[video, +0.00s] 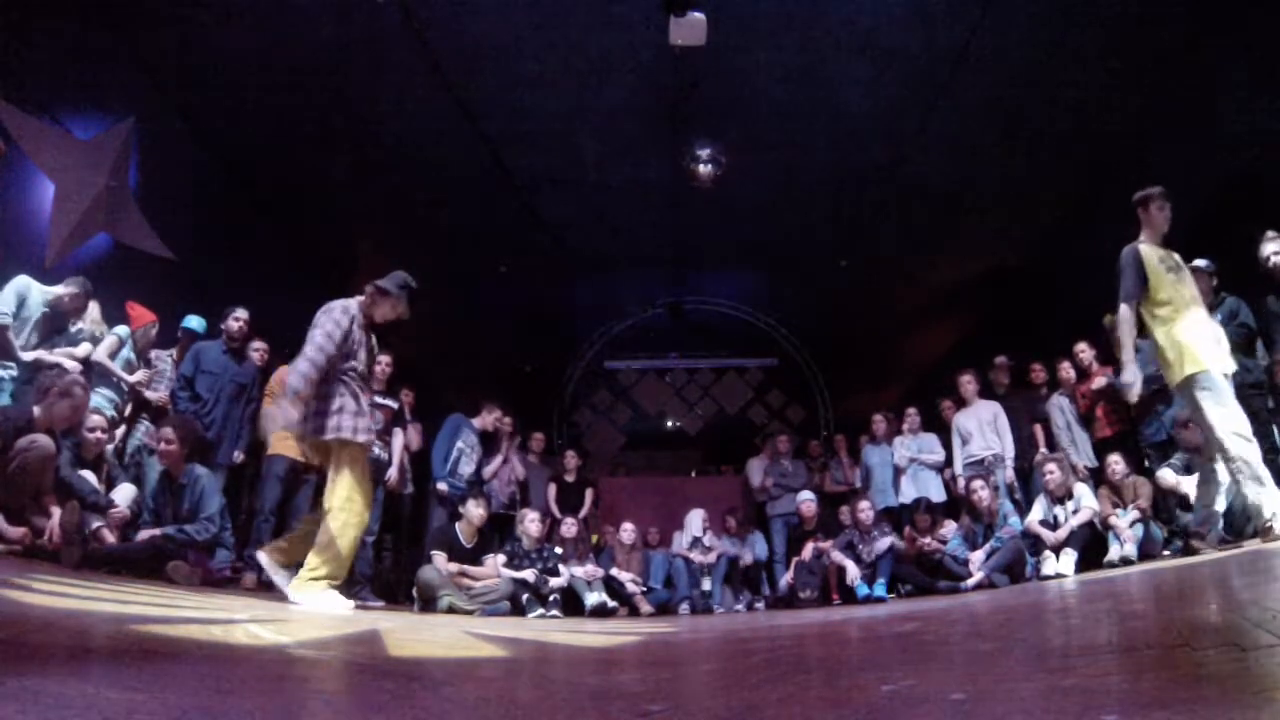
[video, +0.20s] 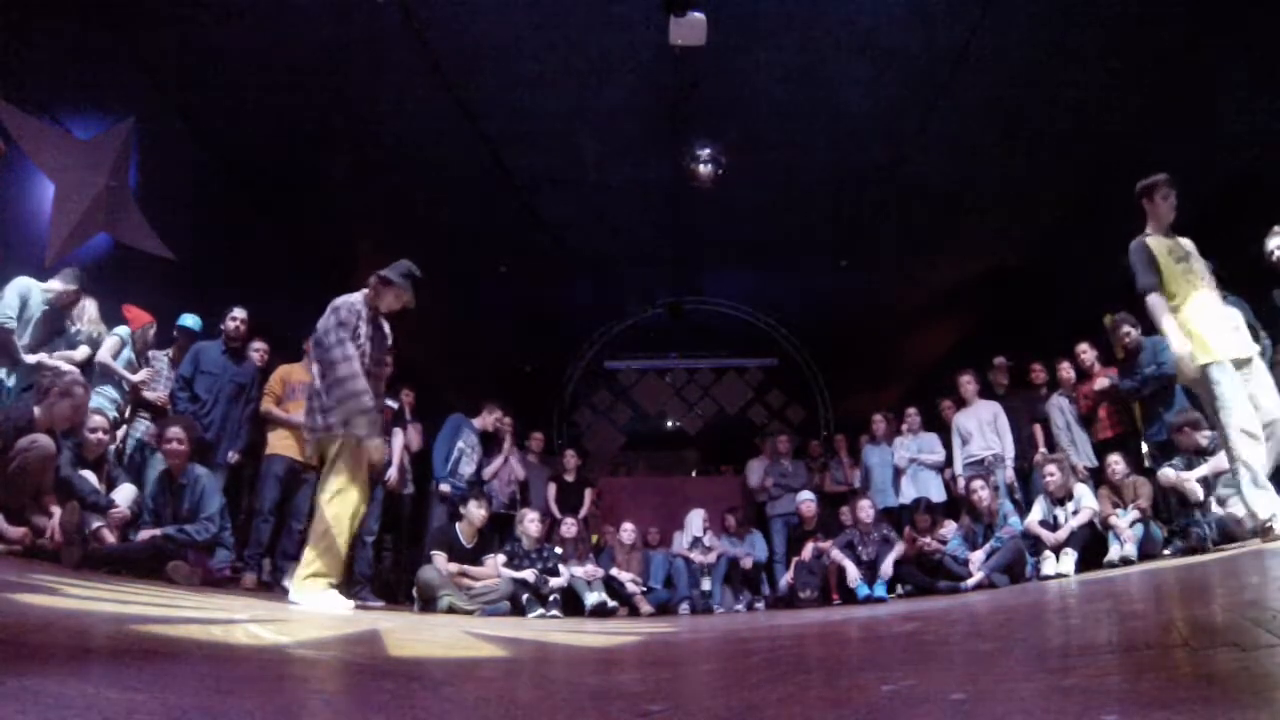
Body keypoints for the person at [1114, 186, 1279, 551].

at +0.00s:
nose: (1168, 214)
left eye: (1168, 208)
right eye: (1161, 208)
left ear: (1165, 213)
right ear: (1144, 213)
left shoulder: (1171, 257)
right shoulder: (1135, 253)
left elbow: (1191, 307)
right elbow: (1126, 309)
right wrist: (1129, 366)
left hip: (1211, 353)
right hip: (1189, 356)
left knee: (1217, 448)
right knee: (1235, 435)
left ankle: (1202, 529)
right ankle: (1271, 515)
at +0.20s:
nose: (1172, 203)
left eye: (1172, 197)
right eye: (1164, 198)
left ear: (1174, 201)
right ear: (1146, 204)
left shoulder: (1187, 244)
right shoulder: (1141, 247)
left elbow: (1208, 286)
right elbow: (1152, 297)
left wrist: (1231, 322)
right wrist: (1177, 343)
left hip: (1232, 330)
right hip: (1201, 337)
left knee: (1271, 412)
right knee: (1241, 425)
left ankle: (1244, 496)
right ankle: (1266, 513)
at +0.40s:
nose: (1178, 194)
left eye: (1179, 187)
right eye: (1169, 189)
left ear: (1182, 193)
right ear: (1153, 197)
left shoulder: (1199, 234)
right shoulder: (1152, 239)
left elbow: (1224, 282)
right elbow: (1183, 280)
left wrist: (1254, 314)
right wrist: (1234, 305)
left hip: (1246, 329)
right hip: (1214, 341)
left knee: (1278, 405)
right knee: (1243, 428)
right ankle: (1266, 513)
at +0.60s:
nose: (1188, 184)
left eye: (1190, 177)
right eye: (1179, 180)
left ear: (1196, 182)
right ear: (1165, 191)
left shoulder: (1219, 224)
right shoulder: (1166, 230)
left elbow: (1242, 271)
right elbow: (1198, 271)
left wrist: (1266, 296)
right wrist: (1258, 274)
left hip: (1258, 319)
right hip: (1221, 326)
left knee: (1273, 415)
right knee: (1249, 423)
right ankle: (1266, 513)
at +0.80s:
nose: (1196, 173)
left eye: (1200, 164)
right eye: (1188, 170)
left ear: (1212, 167)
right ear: (1180, 180)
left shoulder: (1243, 208)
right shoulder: (1180, 225)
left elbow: (1264, 264)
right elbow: (1201, 275)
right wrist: (1260, 276)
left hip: (1269, 318)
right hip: (1231, 327)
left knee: (1274, 415)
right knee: (1265, 416)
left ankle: (1273, 501)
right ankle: (1273, 505)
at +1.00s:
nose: (1189, 177)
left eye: (1193, 167)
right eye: (1182, 173)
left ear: (1211, 164)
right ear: (1180, 182)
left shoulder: (1255, 198)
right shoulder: (1185, 230)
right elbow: (1198, 284)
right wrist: (1225, 332)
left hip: (1274, 325)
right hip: (1240, 338)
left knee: (1270, 425)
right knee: (1263, 429)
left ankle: (1273, 506)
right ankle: (1273, 507)